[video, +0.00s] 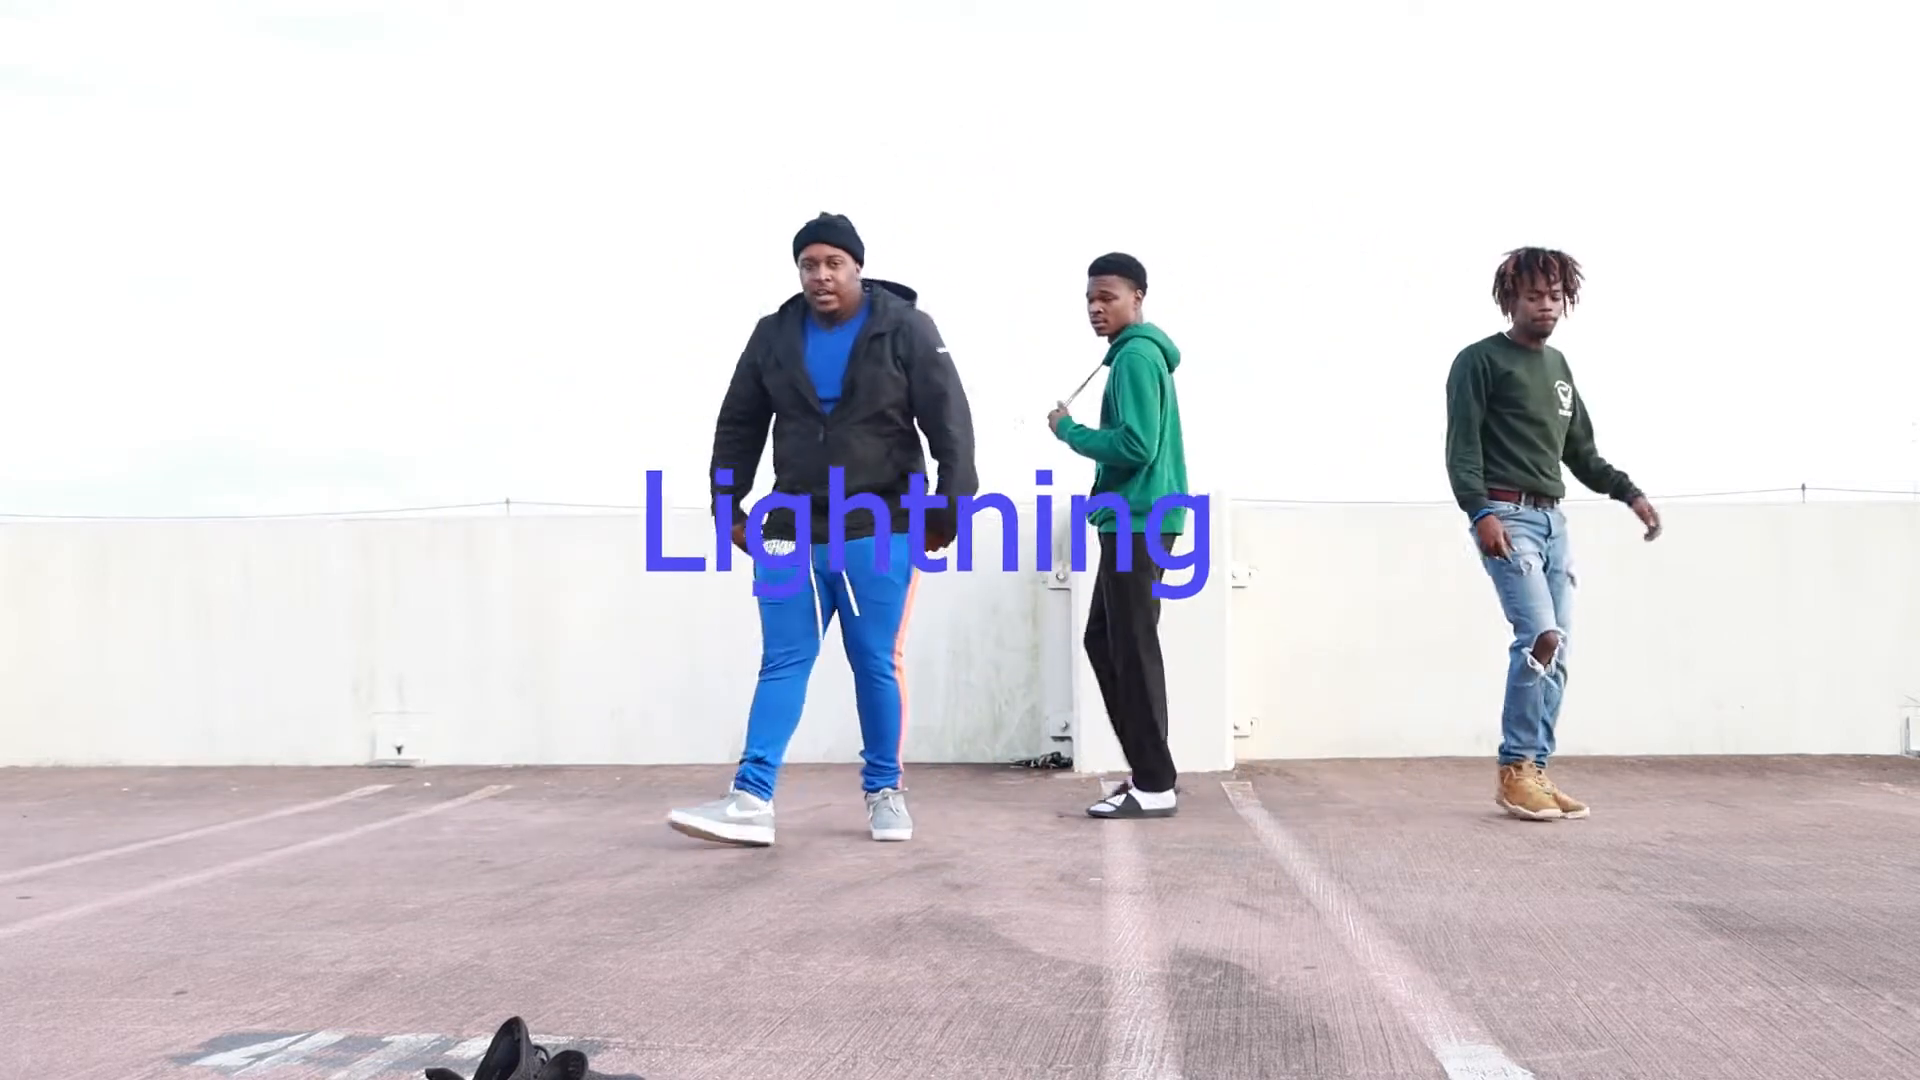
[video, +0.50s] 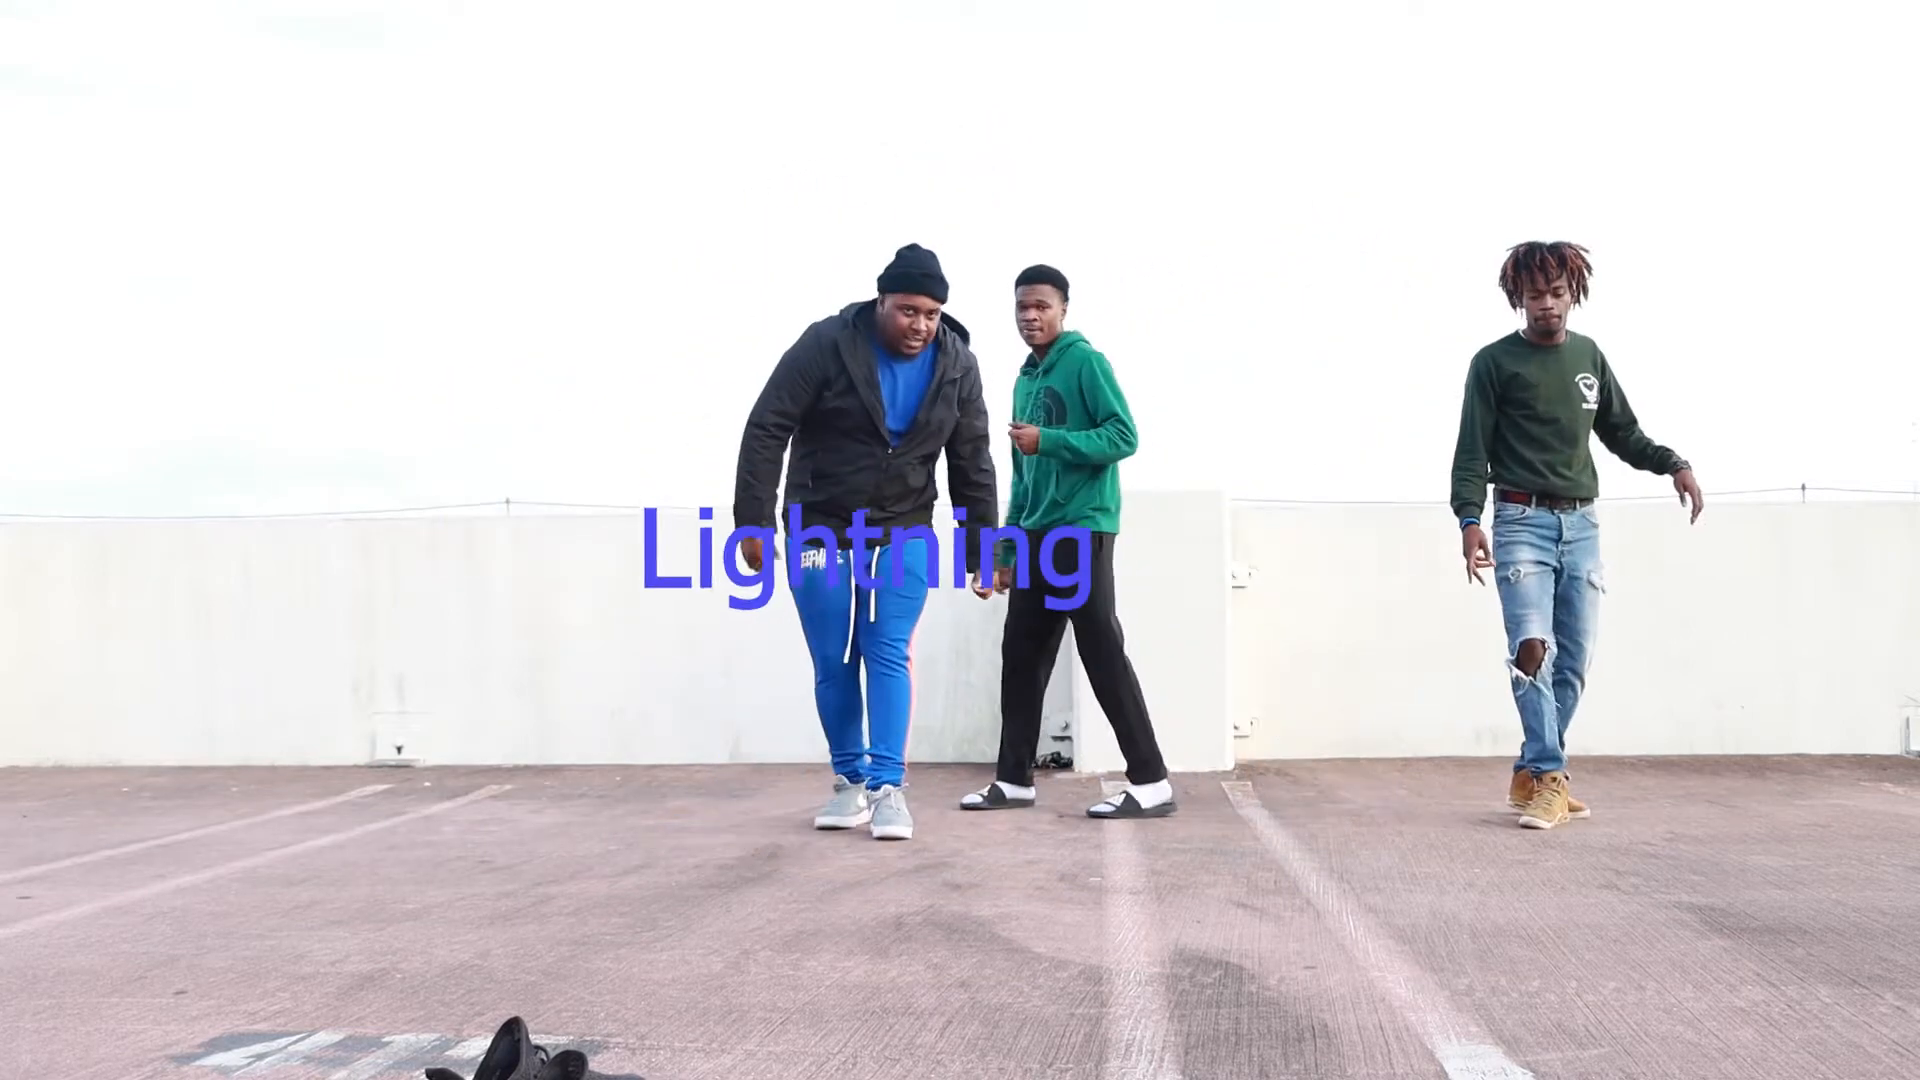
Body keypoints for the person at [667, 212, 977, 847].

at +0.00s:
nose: (820, 277)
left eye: (833, 264)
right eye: (809, 266)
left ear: (859, 267)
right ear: (799, 274)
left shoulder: (904, 328)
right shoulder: (774, 334)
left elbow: (950, 417)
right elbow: (739, 422)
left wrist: (953, 503)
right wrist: (727, 501)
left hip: (879, 521)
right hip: (792, 524)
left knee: (875, 661)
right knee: (782, 660)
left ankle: (884, 791)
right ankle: (752, 797)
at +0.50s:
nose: (921, 326)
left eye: (932, 314)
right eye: (909, 311)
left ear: (942, 311)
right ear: (880, 300)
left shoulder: (955, 360)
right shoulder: (826, 344)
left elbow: (973, 458)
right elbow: (766, 428)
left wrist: (983, 549)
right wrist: (753, 521)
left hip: (902, 521)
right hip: (820, 521)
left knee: (887, 648)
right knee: (832, 659)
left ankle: (887, 789)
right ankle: (850, 782)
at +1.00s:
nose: (884, 299)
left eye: (895, 288)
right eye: (873, 288)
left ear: (911, 285)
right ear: (852, 285)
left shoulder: (944, 335)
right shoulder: (814, 335)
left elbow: (1017, 378)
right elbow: (751, 374)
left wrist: (1095, 415)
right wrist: (689, 413)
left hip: (914, 524)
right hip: (831, 528)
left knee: (917, 642)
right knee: (846, 659)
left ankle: (919, 782)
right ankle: (853, 785)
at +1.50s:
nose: (926, 268)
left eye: (937, 260)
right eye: (914, 257)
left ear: (949, 269)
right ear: (891, 261)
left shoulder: (977, 322)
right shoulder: (845, 312)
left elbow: (1053, 338)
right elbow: (773, 330)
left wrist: (1143, 348)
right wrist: (697, 340)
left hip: (942, 510)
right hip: (853, 506)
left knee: (929, 654)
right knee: (848, 644)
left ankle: (924, 796)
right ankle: (859, 756)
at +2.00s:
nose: (897, 243)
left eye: (904, 235)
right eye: (881, 235)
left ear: (915, 250)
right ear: (852, 254)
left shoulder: (954, 305)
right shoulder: (825, 308)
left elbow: (1035, 305)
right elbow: (758, 337)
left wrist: (1111, 263)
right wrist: (760, 262)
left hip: (940, 506)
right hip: (853, 506)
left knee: (934, 657)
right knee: (864, 653)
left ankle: (925, 797)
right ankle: (852, 804)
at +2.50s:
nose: (907, 274)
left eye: (919, 262)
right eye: (894, 263)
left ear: (940, 260)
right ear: (878, 263)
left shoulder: (977, 315)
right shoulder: (846, 317)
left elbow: (1040, 375)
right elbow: (786, 393)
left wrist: (1067, 351)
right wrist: (787, 356)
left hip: (956, 510)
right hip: (869, 509)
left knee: (942, 661)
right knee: (871, 653)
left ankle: (926, 797)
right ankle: (853, 799)